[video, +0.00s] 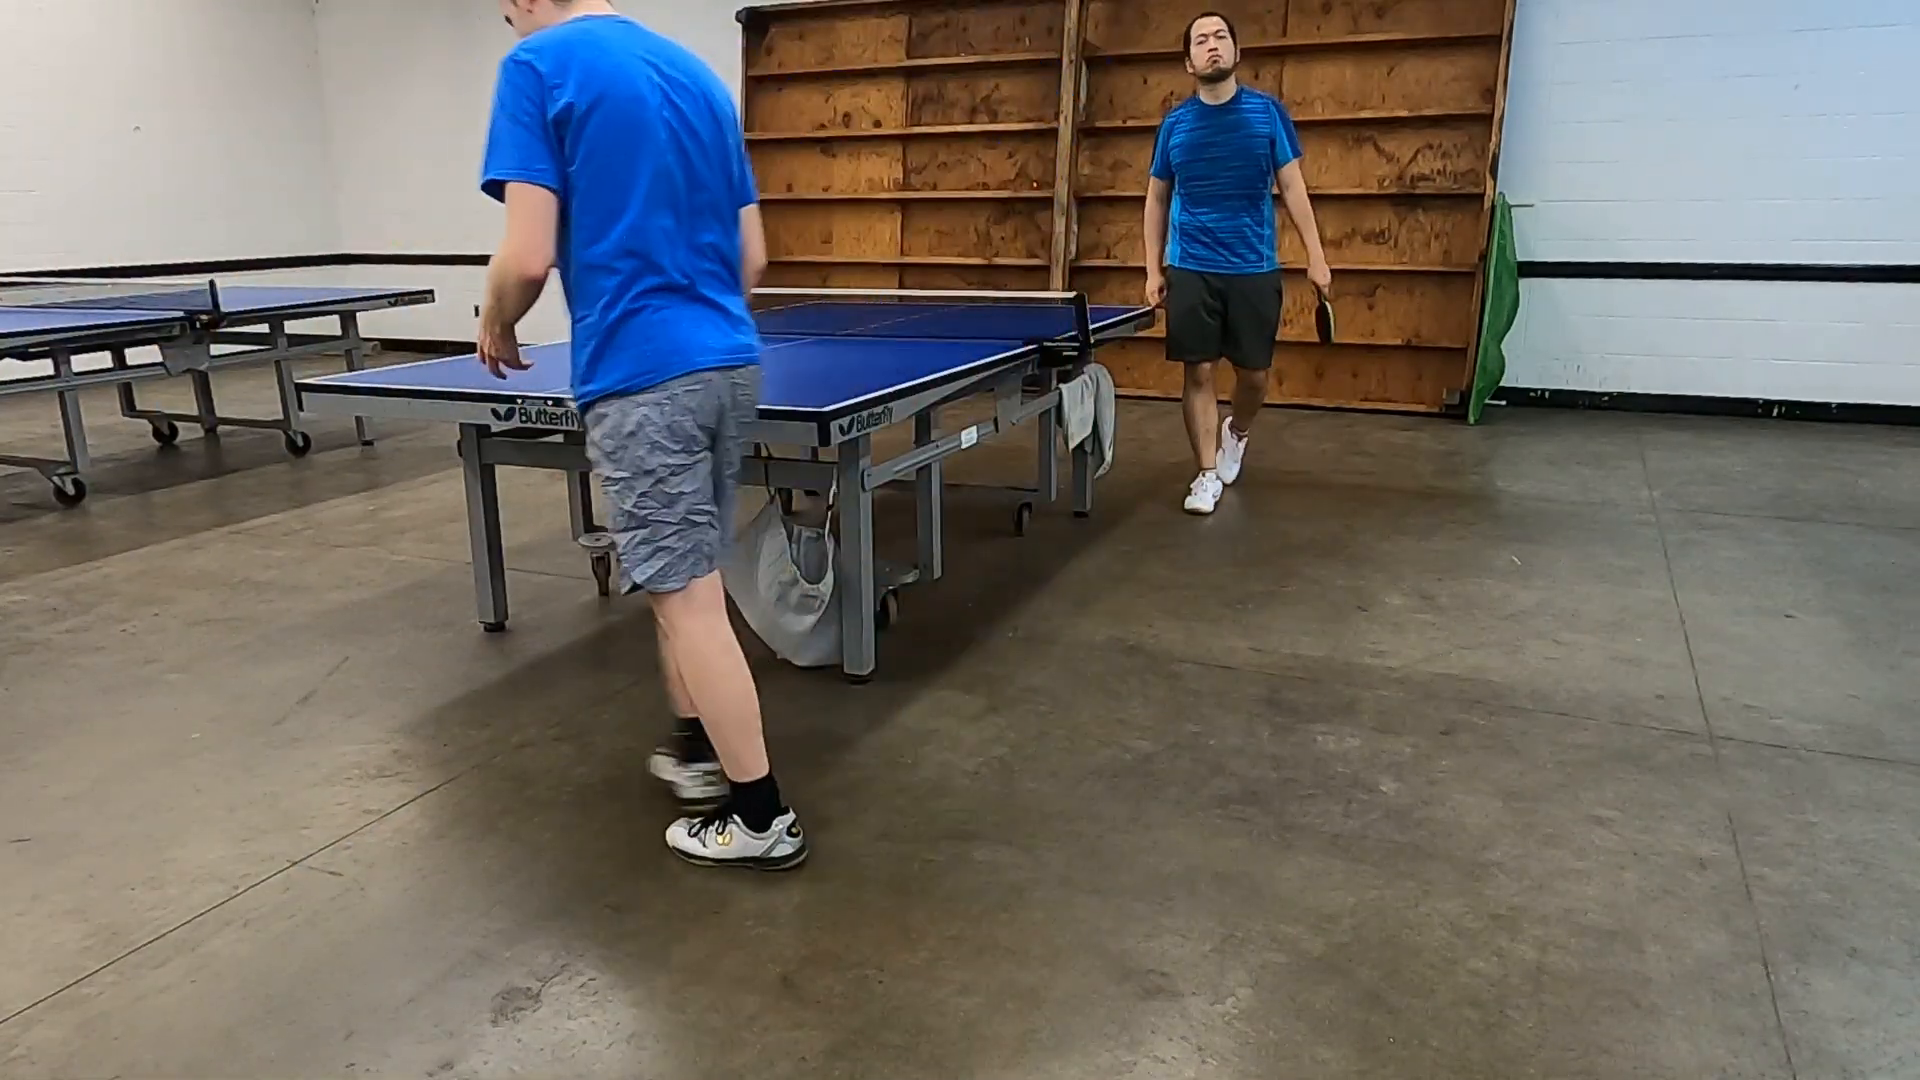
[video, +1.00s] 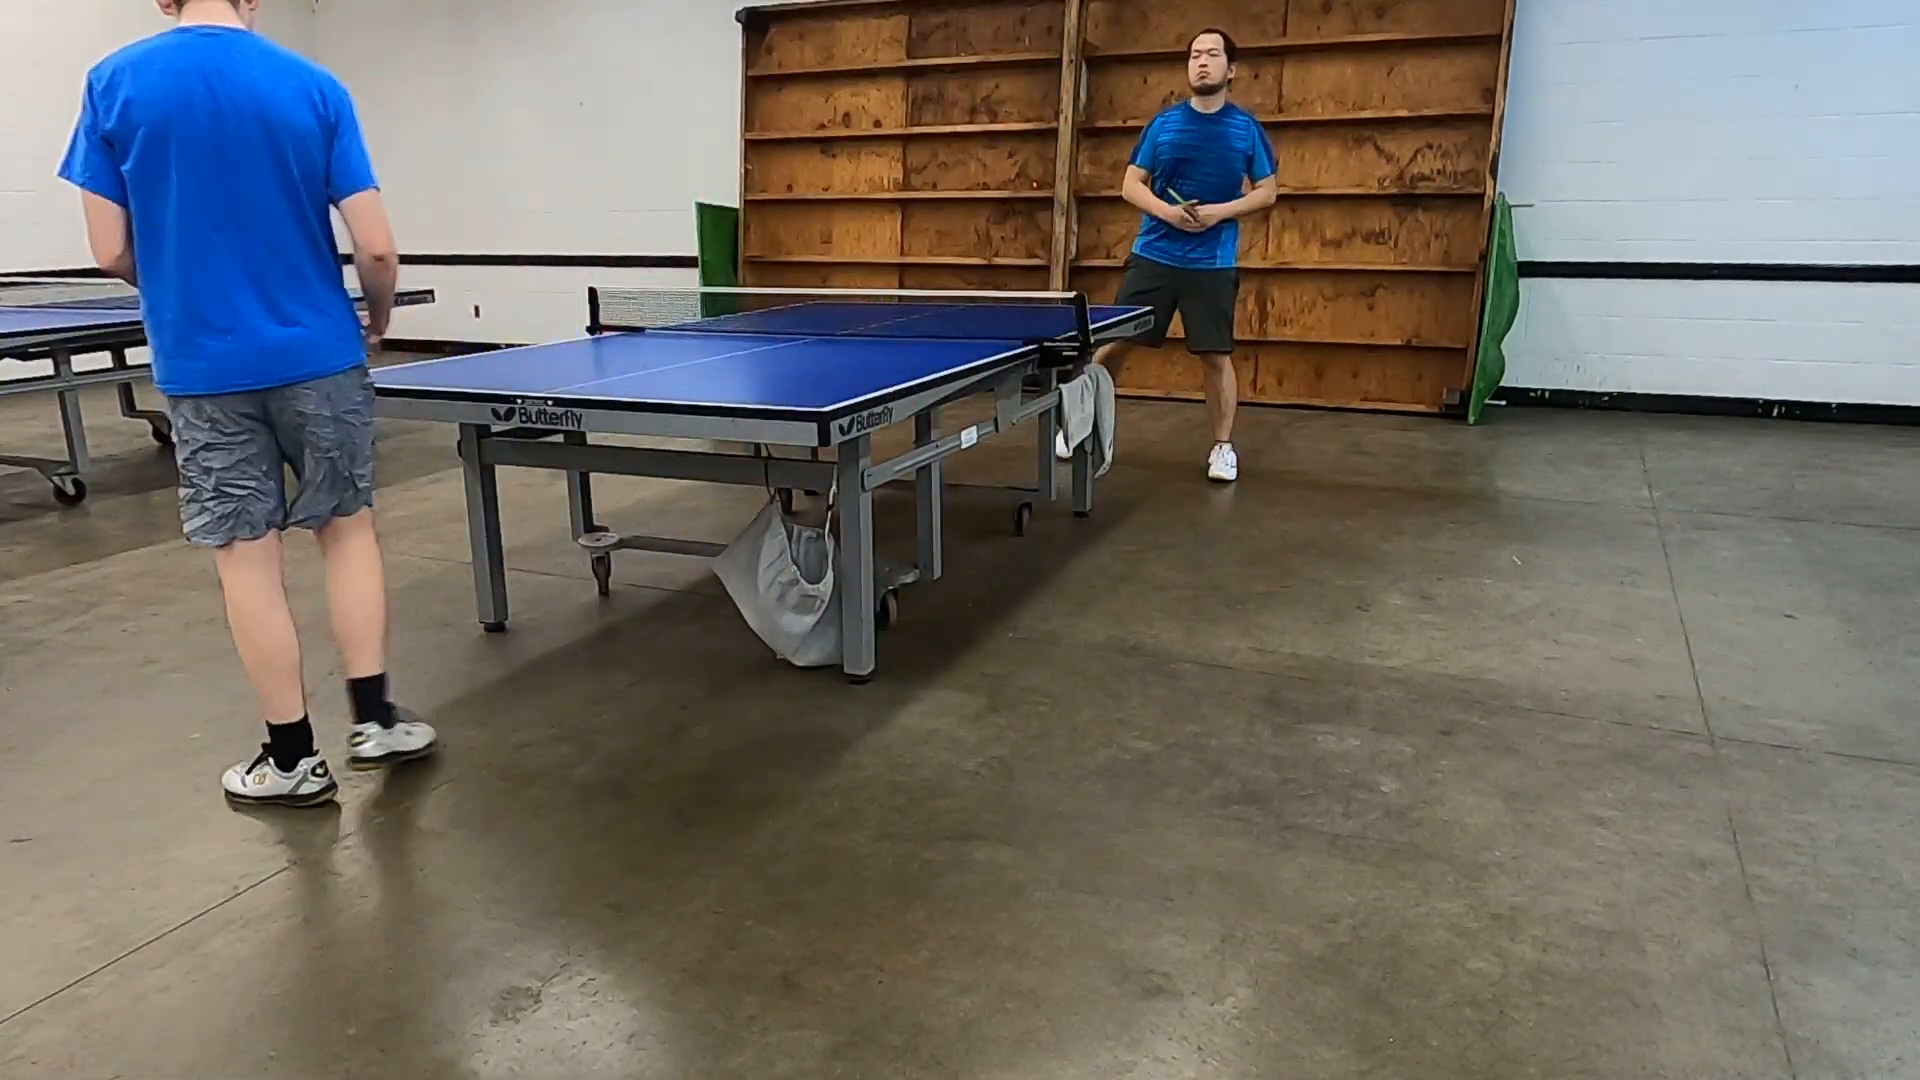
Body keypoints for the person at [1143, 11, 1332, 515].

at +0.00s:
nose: (1211, 45)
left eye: (1220, 37)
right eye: (1201, 41)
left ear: (1238, 52)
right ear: (1190, 62)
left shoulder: (1268, 112)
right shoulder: (1174, 124)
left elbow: (1293, 188)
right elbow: (1156, 200)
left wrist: (1316, 257)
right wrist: (1152, 269)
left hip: (1254, 269)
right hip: (1191, 268)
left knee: (1254, 374)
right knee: (1197, 371)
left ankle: (1234, 435)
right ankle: (1206, 473)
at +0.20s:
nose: (1221, 55)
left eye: (1229, 47)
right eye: (1211, 50)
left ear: (1249, 60)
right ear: (1202, 67)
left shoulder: (1274, 123)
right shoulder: (1185, 128)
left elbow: (1293, 200)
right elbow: (1158, 200)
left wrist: (1305, 267)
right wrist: (1147, 268)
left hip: (1253, 271)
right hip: (1194, 268)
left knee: (1243, 370)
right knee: (1201, 366)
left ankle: (1226, 445)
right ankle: (1205, 471)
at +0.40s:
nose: (1236, 60)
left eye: (1246, 52)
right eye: (1229, 54)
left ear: (1265, 65)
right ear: (1219, 67)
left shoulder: (1281, 130)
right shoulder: (1193, 124)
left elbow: (1289, 201)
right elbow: (1158, 189)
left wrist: (1286, 267)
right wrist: (1149, 253)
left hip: (1251, 270)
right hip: (1192, 266)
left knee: (1238, 365)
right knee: (1199, 358)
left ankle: (1224, 448)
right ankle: (1203, 459)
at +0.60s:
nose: (1244, 58)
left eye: (1254, 52)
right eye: (1237, 51)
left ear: (1269, 66)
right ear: (1226, 62)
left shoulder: (1282, 130)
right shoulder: (1195, 117)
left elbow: (1288, 197)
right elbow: (1156, 178)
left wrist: (1272, 252)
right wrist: (1165, 236)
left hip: (1242, 266)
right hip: (1188, 258)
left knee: (1232, 361)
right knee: (1184, 354)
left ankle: (1224, 447)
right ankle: (1175, 450)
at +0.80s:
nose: (1234, 58)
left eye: (1244, 52)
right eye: (1227, 51)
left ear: (1260, 67)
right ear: (1215, 64)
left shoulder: (1271, 130)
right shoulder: (1187, 117)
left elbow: (1281, 195)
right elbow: (1149, 179)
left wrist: (1255, 232)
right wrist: (1180, 226)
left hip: (1232, 261)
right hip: (1174, 255)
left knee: (1228, 358)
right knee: (1150, 348)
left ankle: (1223, 446)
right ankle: (1121, 426)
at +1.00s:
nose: (1201, 62)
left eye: (1212, 55)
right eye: (1195, 56)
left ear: (1231, 68)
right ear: (1187, 68)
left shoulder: (1247, 128)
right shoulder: (1165, 122)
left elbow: (1267, 193)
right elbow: (1130, 185)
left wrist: (1219, 211)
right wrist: (1168, 212)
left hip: (1213, 264)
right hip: (1154, 257)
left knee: (1217, 357)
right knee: (1116, 343)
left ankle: (1222, 446)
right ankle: (1076, 418)